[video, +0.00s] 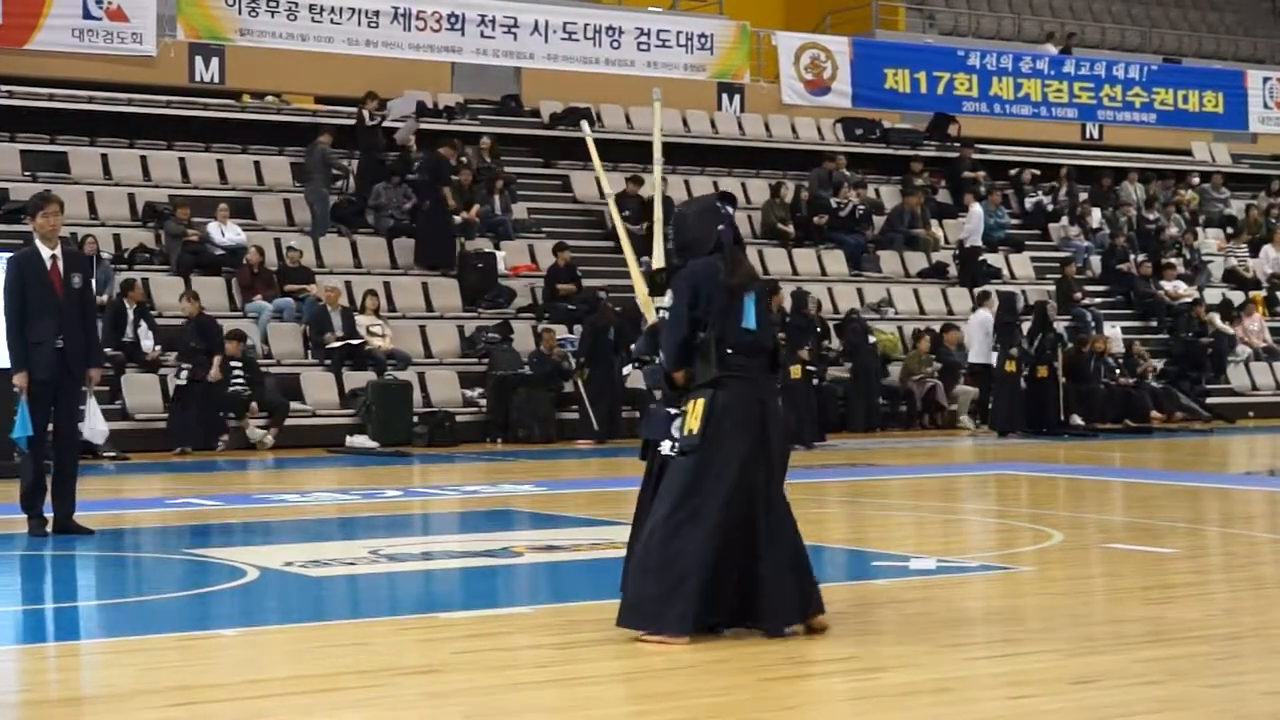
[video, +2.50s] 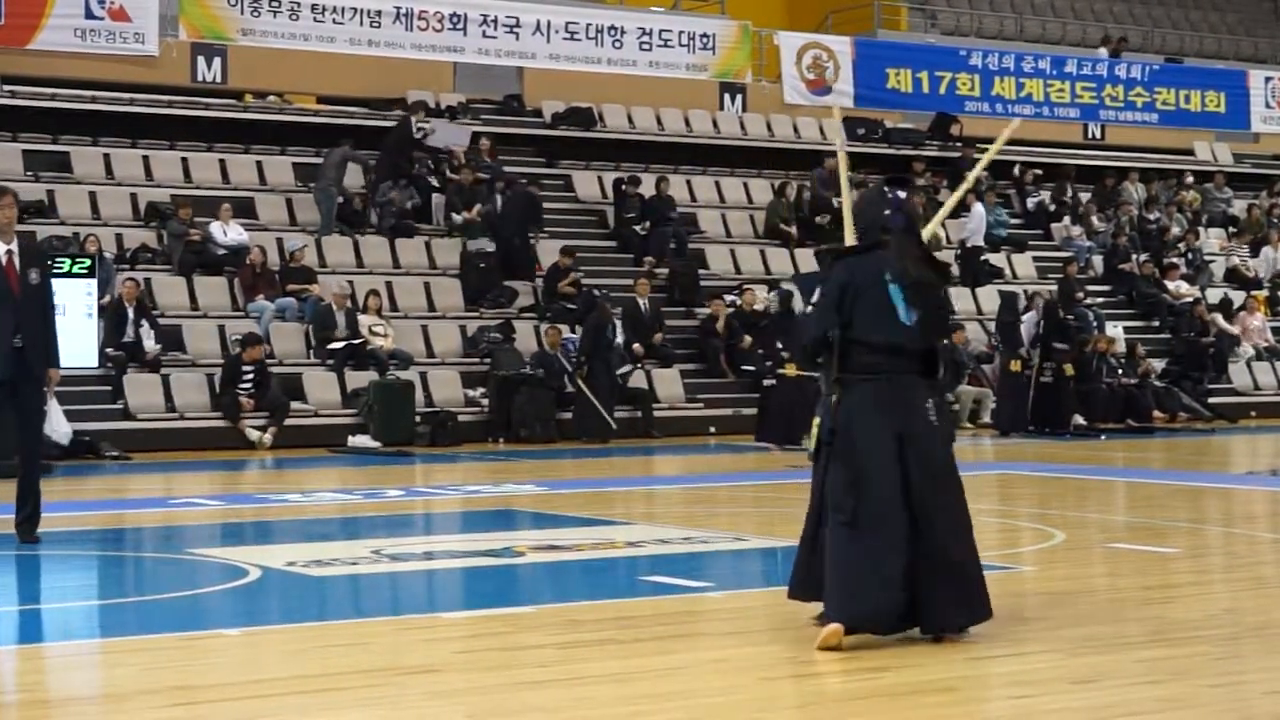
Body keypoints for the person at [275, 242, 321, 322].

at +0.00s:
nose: (292, 254)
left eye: (295, 251)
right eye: (289, 251)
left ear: (300, 255)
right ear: (286, 254)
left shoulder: (307, 270)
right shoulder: (282, 270)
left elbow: (313, 287)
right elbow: (284, 288)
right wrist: (305, 287)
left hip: (305, 294)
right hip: (289, 295)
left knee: (311, 299)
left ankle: (305, 325)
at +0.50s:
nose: (293, 255)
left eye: (296, 251)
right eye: (290, 252)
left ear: (301, 255)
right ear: (287, 254)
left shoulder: (308, 271)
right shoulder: (282, 270)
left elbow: (314, 288)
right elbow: (285, 288)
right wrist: (305, 287)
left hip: (305, 294)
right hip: (290, 296)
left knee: (312, 299)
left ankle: (305, 325)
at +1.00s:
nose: (294, 255)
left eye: (297, 251)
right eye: (292, 251)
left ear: (301, 254)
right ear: (288, 254)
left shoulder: (308, 271)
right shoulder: (282, 270)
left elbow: (314, 288)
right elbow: (285, 288)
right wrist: (306, 287)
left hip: (305, 295)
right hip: (290, 296)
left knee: (312, 300)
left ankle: (306, 325)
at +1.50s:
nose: (301, 254)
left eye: (302, 252)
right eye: (298, 252)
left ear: (304, 253)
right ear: (290, 254)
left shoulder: (309, 270)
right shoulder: (283, 270)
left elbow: (314, 287)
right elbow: (286, 288)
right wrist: (306, 287)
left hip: (306, 295)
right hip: (291, 296)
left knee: (313, 300)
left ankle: (306, 325)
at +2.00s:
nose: (302, 254)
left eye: (303, 251)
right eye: (299, 252)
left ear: (304, 253)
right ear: (292, 254)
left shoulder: (309, 270)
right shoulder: (284, 270)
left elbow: (315, 287)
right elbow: (287, 288)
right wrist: (307, 287)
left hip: (307, 294)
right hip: (292, 295)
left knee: (314, 299)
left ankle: (307, 324)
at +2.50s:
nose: (302, 254)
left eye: (303, 251)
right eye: (299, 251)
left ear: (304, 252)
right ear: (292, 254)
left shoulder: (309, 270)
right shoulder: (284, 270)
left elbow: (316, 287)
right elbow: (287, 287)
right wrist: (307, 287)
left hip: (307, 294)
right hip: (292, 296)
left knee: (314, 299)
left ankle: (307, 325)